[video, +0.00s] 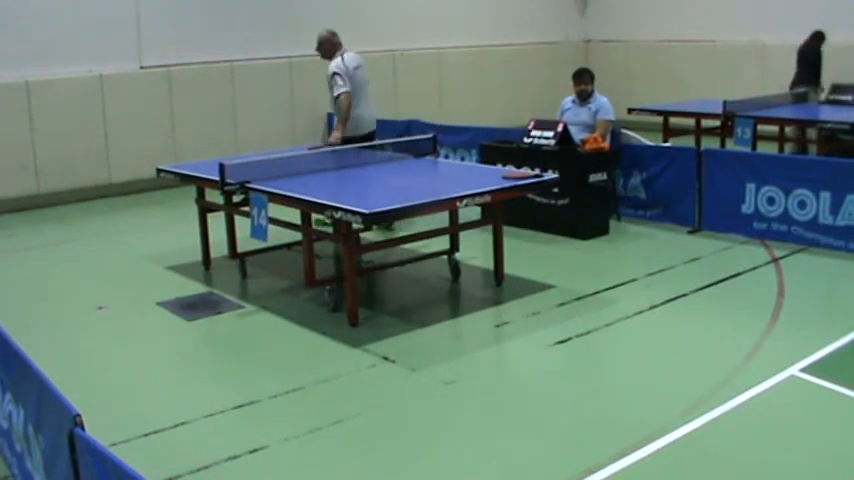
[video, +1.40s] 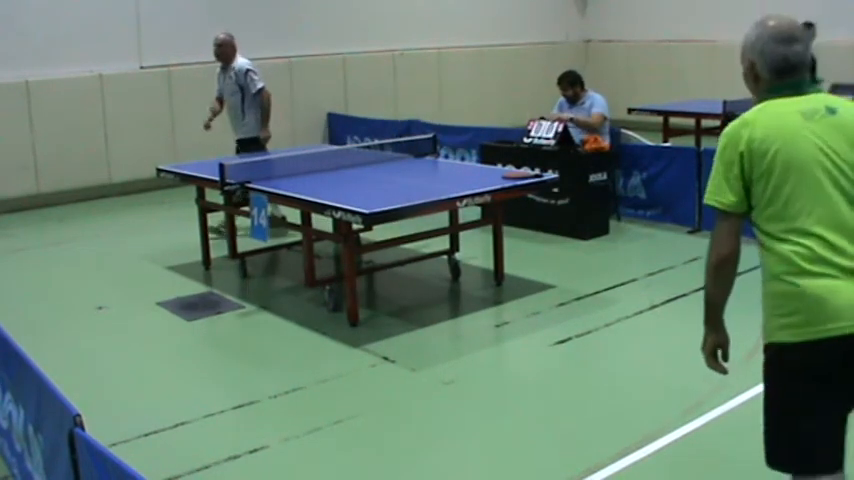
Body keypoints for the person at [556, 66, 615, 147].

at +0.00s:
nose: (582, 88)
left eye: (586, 84)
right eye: (578, 85)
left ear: (592, 85)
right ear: (573, 86)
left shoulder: (602, 103)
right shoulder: (566, 103)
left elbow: (601, 135)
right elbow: (560, 127)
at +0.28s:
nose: (577, 90)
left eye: (581, 87)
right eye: (574, 87)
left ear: (590, 87)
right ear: (571, 87)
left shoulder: (602, 103)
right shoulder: (566, 103)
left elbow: (606, 132)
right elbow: (559, 125)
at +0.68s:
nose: (574, 91)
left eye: (578, 87)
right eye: (572, 87)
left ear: (588, 87)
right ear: (568, 87)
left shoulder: (601, 104)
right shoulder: (565, 103)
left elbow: (601, 133)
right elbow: (560, 126)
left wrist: (583, 134)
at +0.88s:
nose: (571, 92)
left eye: (574, 88)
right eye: (569, 89)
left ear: (586, 87)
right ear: (566, 88)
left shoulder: (600, 103)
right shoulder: (566, 102)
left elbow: (602, 132)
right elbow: (559, 125)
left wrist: (583, 131)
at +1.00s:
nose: (569, 93)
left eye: (572, 89)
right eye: (567, 90)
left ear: (584, 88)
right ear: (565, 89)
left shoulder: (600, 103)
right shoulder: (565, 102)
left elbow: (602, 132)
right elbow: (556, 124)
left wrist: (581, 127)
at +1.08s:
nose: (568, 93)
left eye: (571, 89)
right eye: (567, 90)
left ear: (583, 87)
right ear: (565, 89)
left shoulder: (600, 102)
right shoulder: (565, 102)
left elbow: (600, 130)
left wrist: (578, 122)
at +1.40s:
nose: (563, 94)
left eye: (566, 90)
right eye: (562, 91)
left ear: (577, 88)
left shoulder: (597, 100)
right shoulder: (562, 102)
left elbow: (596, 124)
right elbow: (554, 120)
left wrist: (571, 119)